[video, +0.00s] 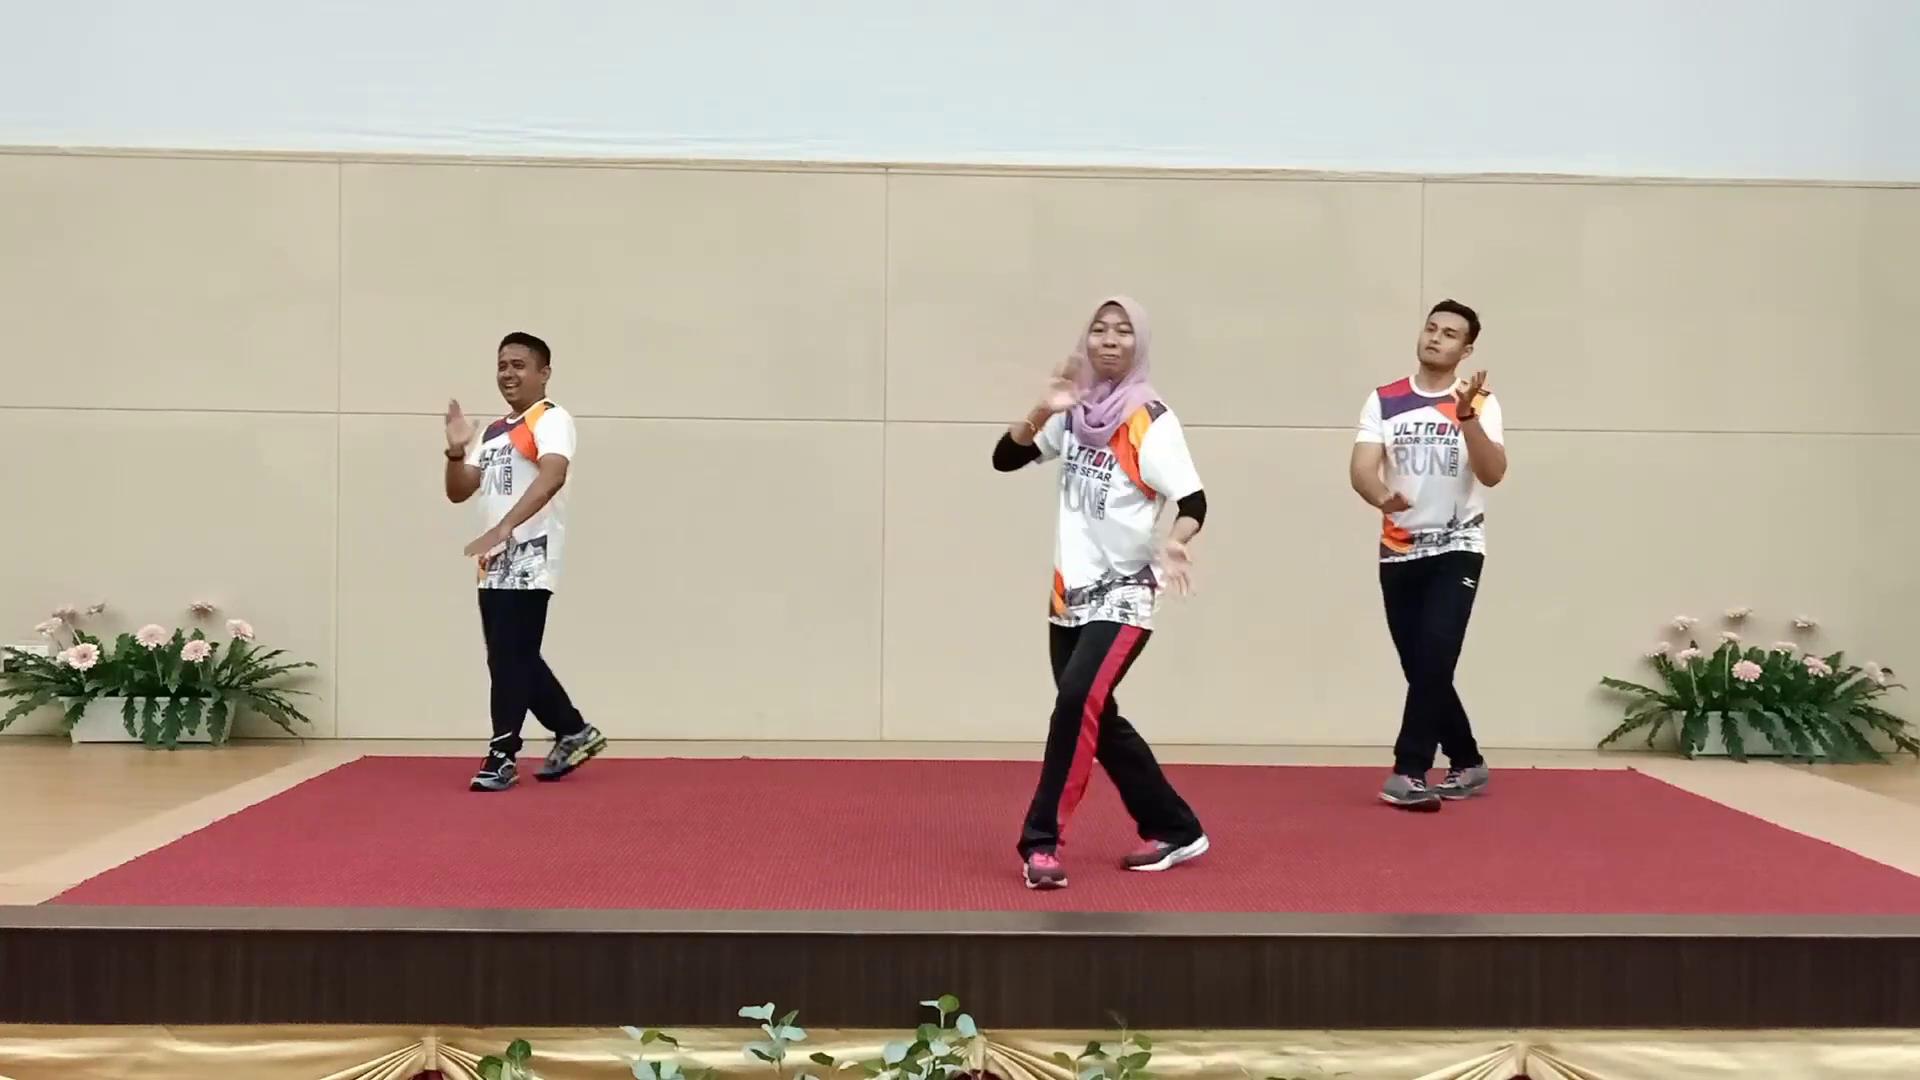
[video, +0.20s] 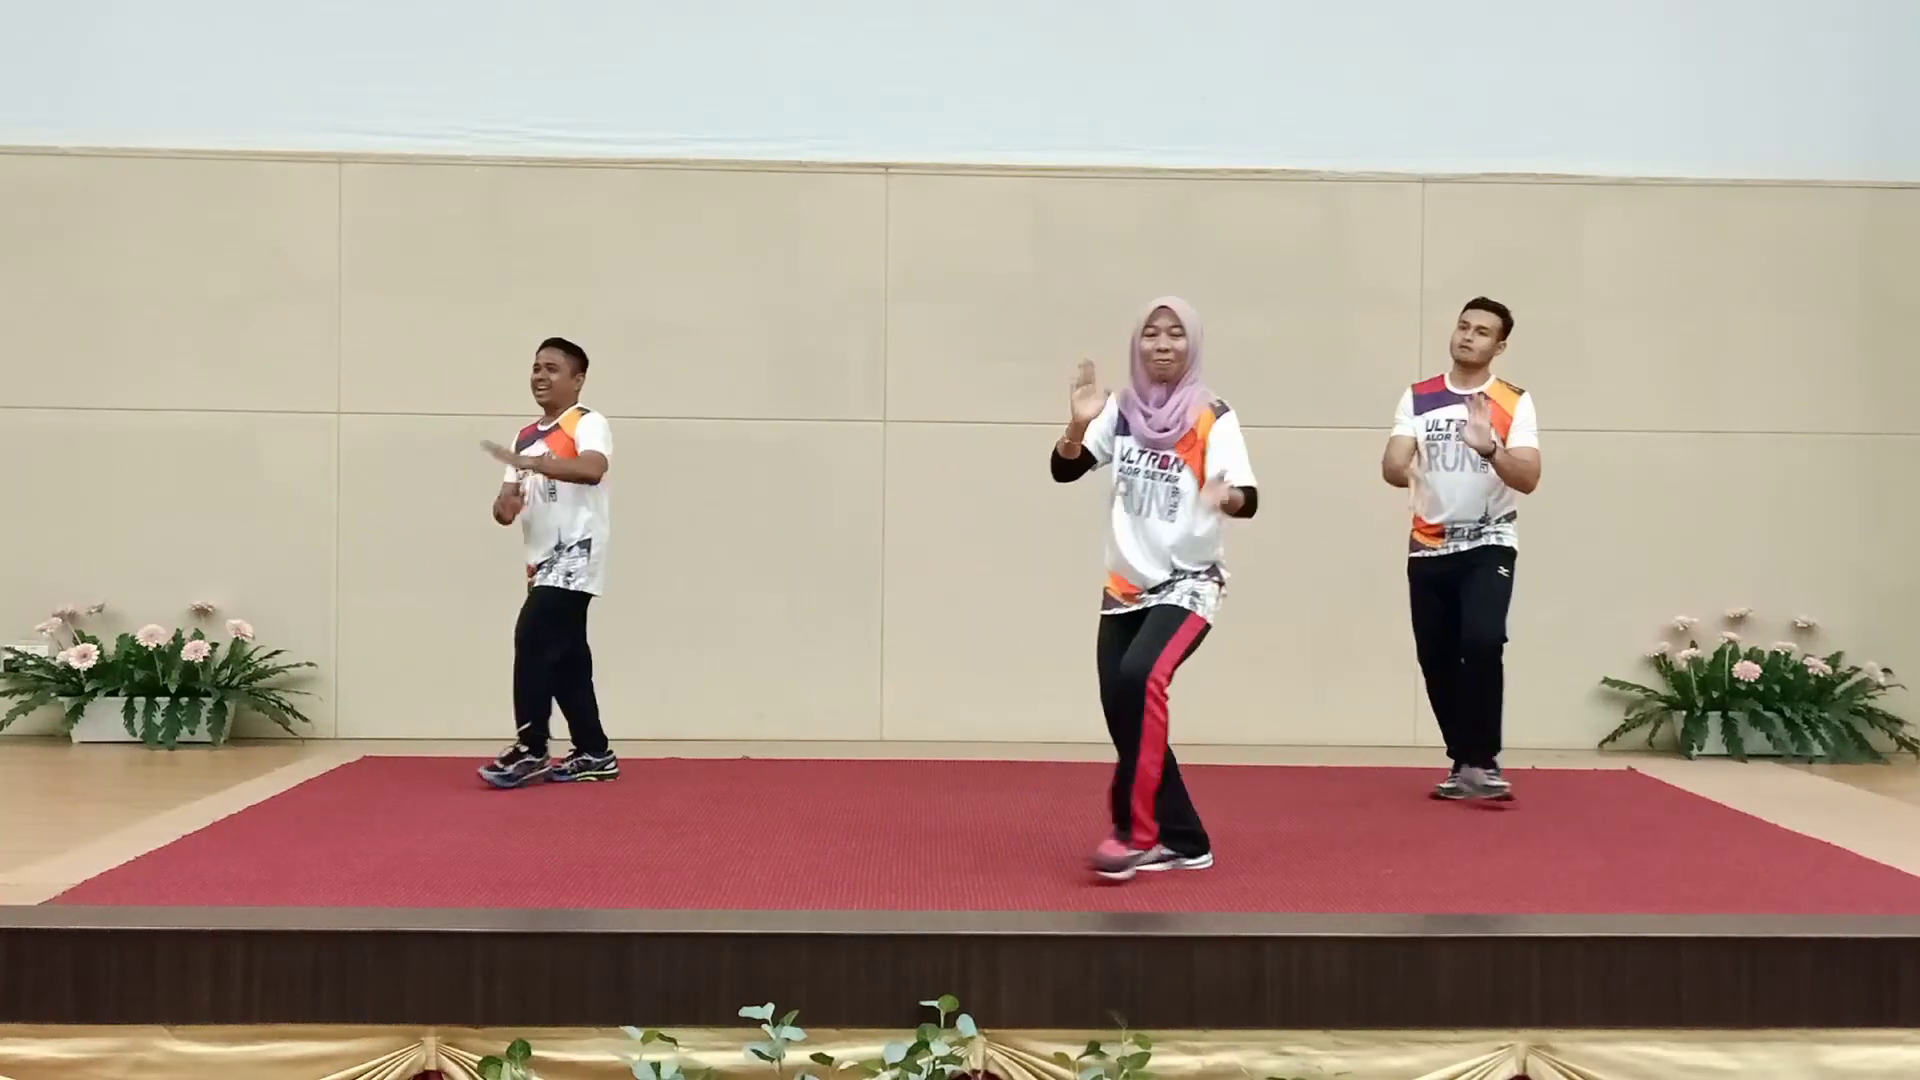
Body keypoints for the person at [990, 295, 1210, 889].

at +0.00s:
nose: (1111, 339)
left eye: (1123, 331)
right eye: (1101, 330)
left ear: (1140, 345)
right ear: (1085, 342)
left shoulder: (1150, 418)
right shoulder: (1071, 415)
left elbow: (1192, 499)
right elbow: (1004, 461)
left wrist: (1175, 539)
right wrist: (1036, 416)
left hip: (1127, 595)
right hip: (1070, 597)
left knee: (1075, 705)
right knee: (1098, 720)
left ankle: (1041, 843)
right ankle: (1179, 831)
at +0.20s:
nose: (1163, 343)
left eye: (1175, 334)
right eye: (1152, 333)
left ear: (1193, 346)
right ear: (1136, 344)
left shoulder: (1212, 417)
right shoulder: (1118, 412)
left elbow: (1246, 499)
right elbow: (1064, 470)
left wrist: (1231, 498)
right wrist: (1076, 426)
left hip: (1189, 584)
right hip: (1126, 589)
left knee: (1138, 676)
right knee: (1122, 713)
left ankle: (1133, 834)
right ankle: (1186, 841)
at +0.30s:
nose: (1192, 331)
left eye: (1204, 321)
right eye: (1181, 321)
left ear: (1222, 333)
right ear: (1164, 333)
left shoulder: (1241, 402)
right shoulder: (1141, 393)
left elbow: (1282, 476)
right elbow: (1095, 459)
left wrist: (1252, 427)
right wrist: (1089, 432)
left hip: (1217, 570)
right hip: (1150, 575)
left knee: (1185, 672)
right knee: (1144, 694)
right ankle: (1179, 836)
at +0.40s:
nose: (1224, 325)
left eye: (1236, 316)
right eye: (1213, 316)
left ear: (1252, 328)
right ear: (1196, 327)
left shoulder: (1271, 392)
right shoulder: (1171, 385)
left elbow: (1317, 452)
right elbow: (1131, 450)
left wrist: (1283, 383)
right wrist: (1112, 449)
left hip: (1245, 571)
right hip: (1176, 573)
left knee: (1244, 684)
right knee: (1164, 699)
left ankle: (1324, 820)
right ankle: (1183, 839)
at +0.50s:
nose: (1256, 332)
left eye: (1268, 323)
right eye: (1245, 322)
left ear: (1289, 335)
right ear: (1230, 334)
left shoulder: (1303, 400)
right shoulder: (1206, 393)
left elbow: (1350, 450)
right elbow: (1172, 459)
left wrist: (1313, 379)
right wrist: (1151, 489)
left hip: (1277, 578)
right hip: (1206, 575)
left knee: (1301, 700)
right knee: (1178, 696)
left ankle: (1388, 834)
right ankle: (1182, 837)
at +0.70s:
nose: (1320, 357)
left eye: (1334, 347)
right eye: (1310, 347)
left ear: (1358, 356)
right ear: (1299, 356)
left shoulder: (1388, 418)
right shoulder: (1282, 412)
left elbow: (1410, 481)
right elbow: (1244, 480)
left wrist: (1344, 424)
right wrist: (1209, 535)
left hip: (1350, 601)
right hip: (1275, 592)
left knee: (1356, 721)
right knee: (1206, 685)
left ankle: (1400, 848)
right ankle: (1186, 827)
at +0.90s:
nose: (1362, 359)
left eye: (1375, 350)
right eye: (1355, 348)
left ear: (1405, 355)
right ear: (1348, 352)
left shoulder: (1421, 416)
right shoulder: (1337, 406)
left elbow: (1432, 489)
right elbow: (1274, 453)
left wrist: (1353, 471)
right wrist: (1244, 445)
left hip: (1374, 597)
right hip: (1310, 582)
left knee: (1366, 720)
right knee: (1219, 651)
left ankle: (1401, 849)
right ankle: (1184, 804)